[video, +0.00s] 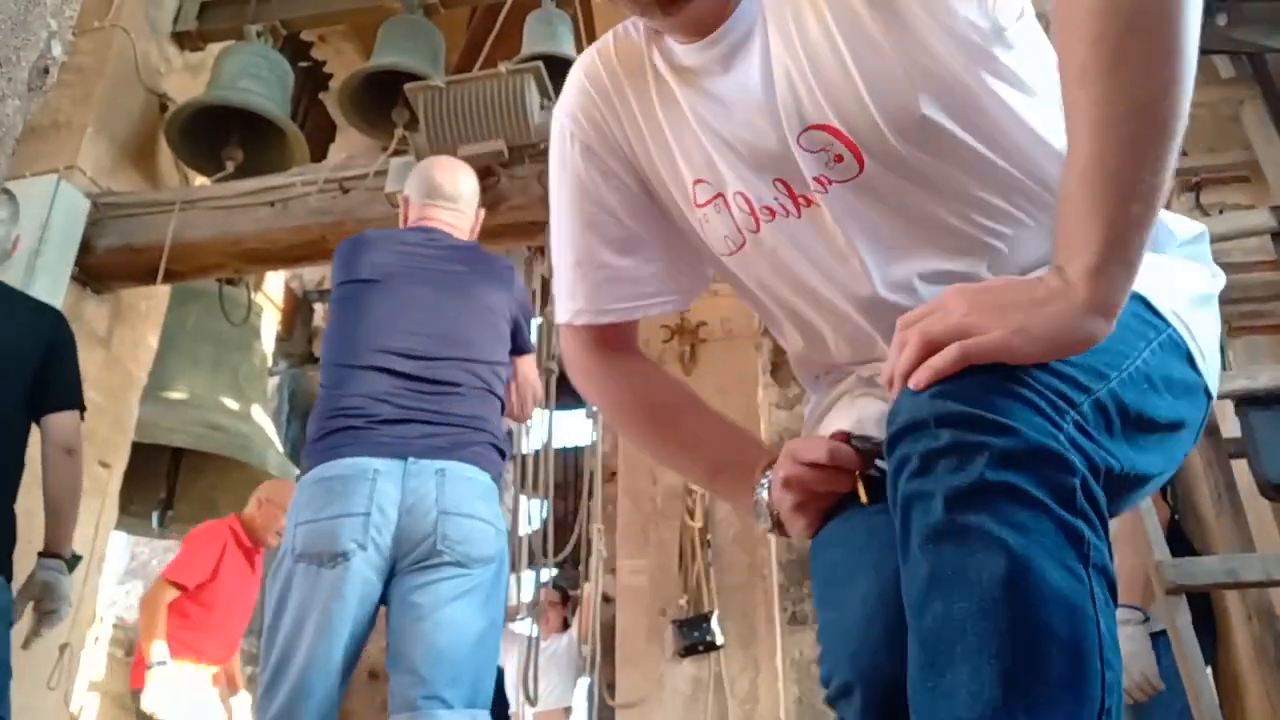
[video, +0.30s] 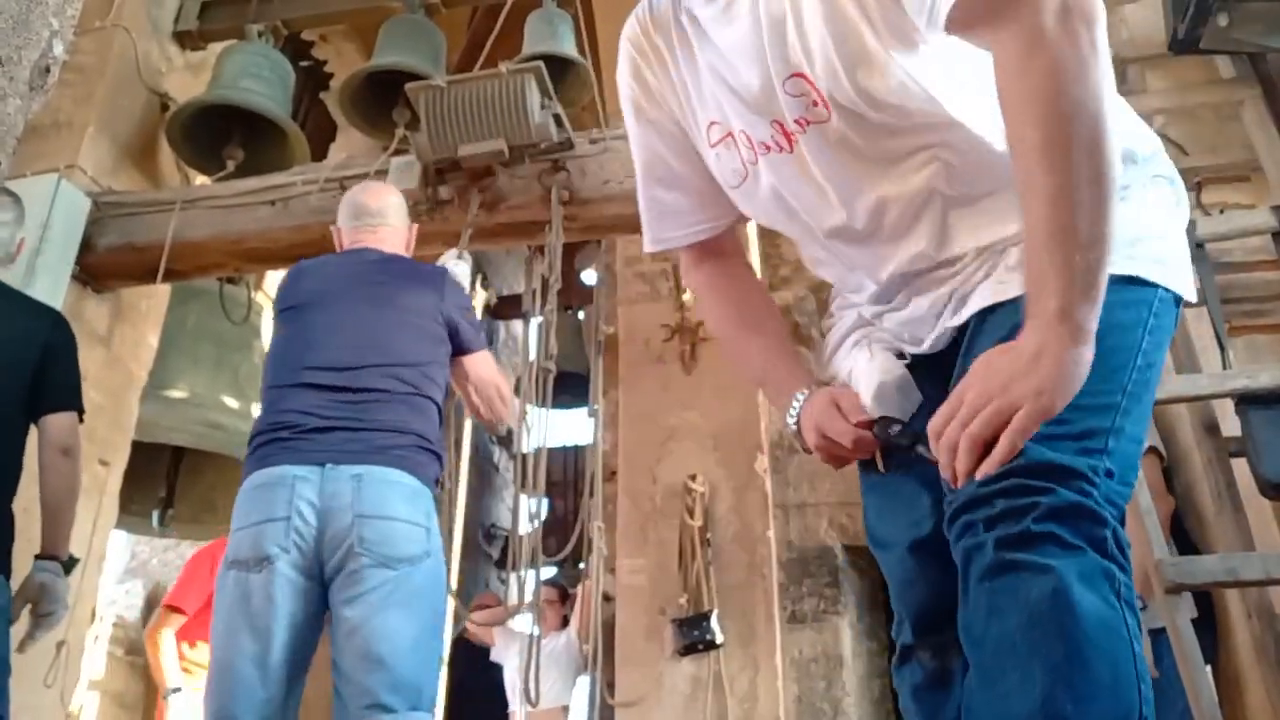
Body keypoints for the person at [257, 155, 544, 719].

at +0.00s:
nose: (400, 212)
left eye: (398, 206)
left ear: (403, 211)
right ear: (477, 223)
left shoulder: (353, 253)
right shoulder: (503, 275)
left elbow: (355, 353)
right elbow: (523, 402)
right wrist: (453, 371)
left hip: (344, 480)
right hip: (464, 488)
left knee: (293, 705)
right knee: (444, 706)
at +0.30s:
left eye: (337, 233)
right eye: (413, 231)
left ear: (337, 238)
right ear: (412, 236)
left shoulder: (295, 280)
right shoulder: (438, 285)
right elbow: (498, 410)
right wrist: (452, 354)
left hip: (273, 483)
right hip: (389, 488)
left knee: (243, 705)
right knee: (386, 706)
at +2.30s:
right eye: (390, 208)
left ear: (310, 218)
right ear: (385, 211)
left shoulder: (265, 270)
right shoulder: (405, 266)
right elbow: (471, 386)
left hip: (230, 489)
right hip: (344, 486)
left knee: (213, 709)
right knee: (308, 707)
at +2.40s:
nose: (390, 215)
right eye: (390, 208)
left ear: (310, 218)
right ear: (385, 211)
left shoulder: (265, 270)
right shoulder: (405, 266)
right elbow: (472, 386)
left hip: (230, 489)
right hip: (345, 485)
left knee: (214, 709)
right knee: (309, 708)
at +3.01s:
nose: (413, 223)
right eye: (413, 217)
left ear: (332, 209)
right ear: (407, 219)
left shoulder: (276, 265)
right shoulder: (417, 264)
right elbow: (480, 386)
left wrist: (430, 369)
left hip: (233, 489)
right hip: (347, 488)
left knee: (217, 709)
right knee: (310, 707)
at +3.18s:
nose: (423, 232)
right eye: (424, 223)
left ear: (347, 207)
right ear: (420, 221)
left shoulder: (281, 265)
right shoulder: (421, 265)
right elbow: (489, 385)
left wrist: (432, 369)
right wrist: (438, 328)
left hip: (235, 489)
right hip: (348, 488)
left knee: (217, 709)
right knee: (309, 706)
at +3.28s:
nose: (419, 226)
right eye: (421, 219)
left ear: (341, 209)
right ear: (415, 220)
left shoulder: (278, 267)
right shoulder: (423, 267)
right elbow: (489, 390)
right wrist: (454, 339)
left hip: (239, 487)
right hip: (354, 487)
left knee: (217, 707)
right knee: (313, 706)